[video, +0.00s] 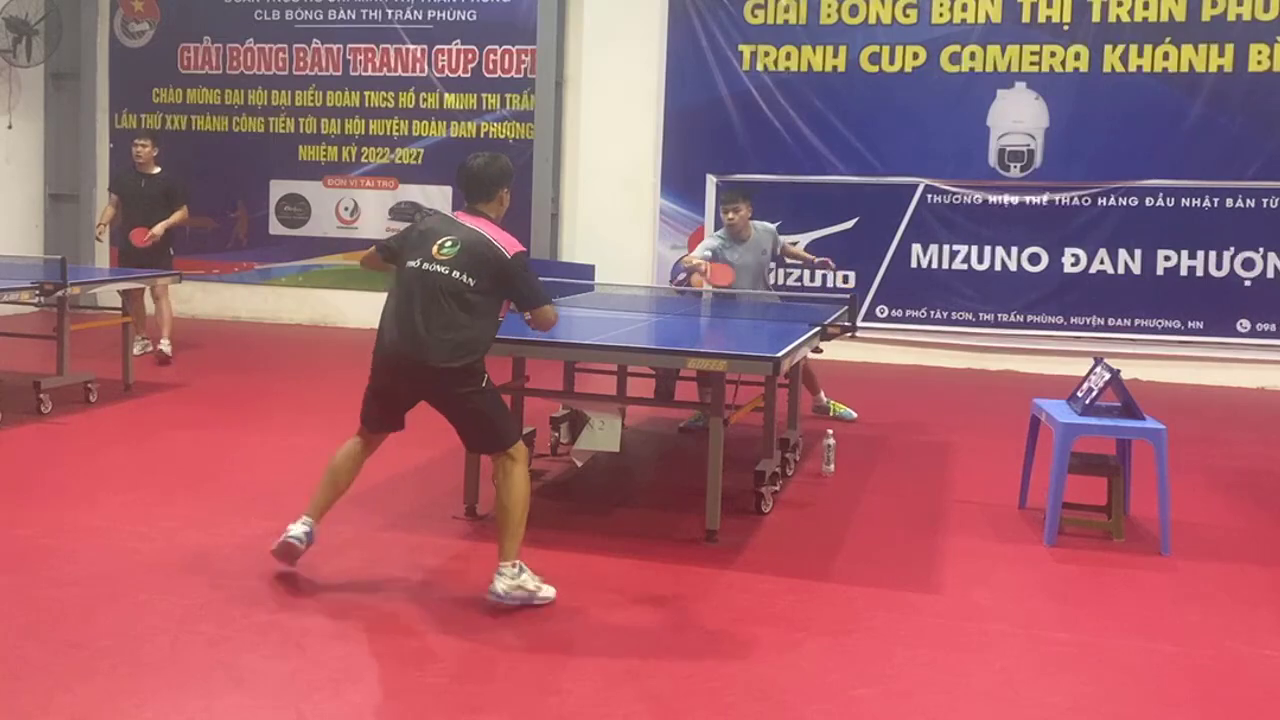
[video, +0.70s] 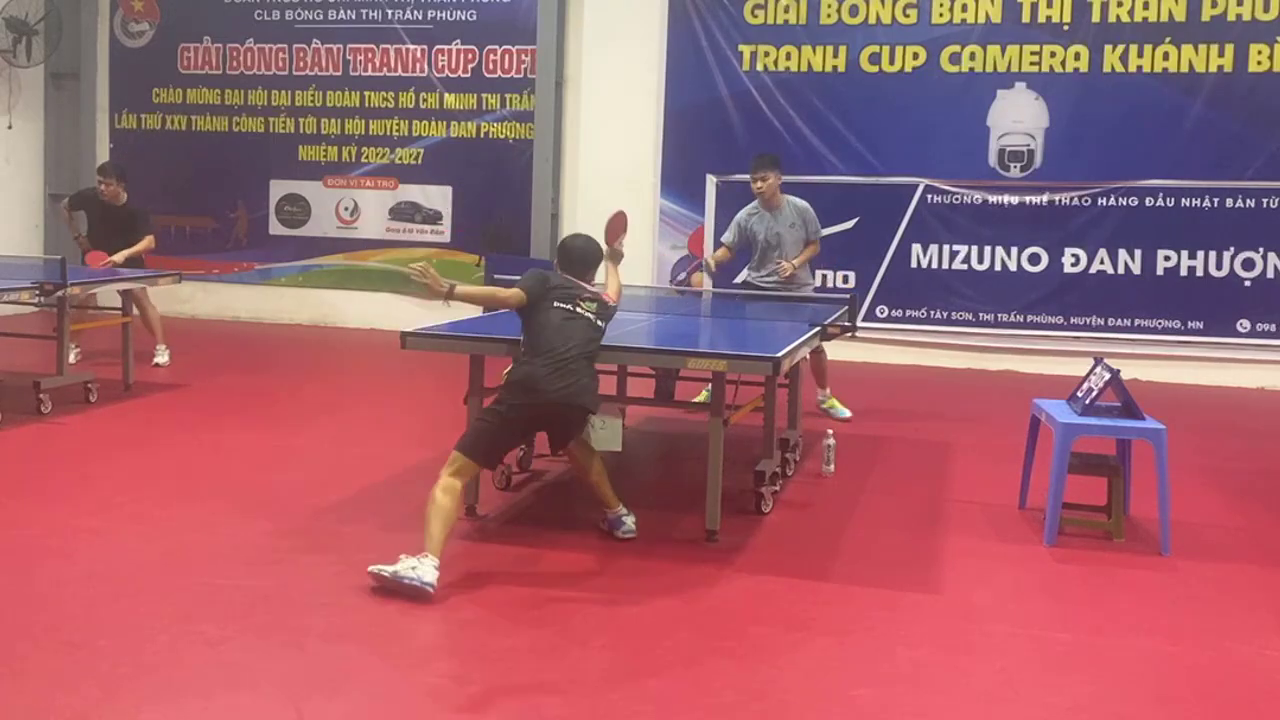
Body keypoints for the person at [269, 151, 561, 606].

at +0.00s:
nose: (509, 199)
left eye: (507, 192)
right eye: (509, 193)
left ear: (463, 193)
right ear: (502, 197)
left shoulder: (426, 225)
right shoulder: (506, 249)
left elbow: (370, 259)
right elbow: (545, 319)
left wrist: (415, 265)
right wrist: (524, 300)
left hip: (393, 360)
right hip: (453, 368)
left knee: (365, 438)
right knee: (513, 453)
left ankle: (305, 524)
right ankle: (510, 571)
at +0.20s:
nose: (481, 231)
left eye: (480, 224)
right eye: (480, 224)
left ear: (432, 225)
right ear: (470, 228)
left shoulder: (394, 262)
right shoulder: (485, 279)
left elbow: (346, 291)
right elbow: (543, 316)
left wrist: (387, 287)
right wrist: (573, 308)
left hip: (388, 411)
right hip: (457, 415)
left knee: (319, 488)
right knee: (513, 476)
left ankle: (308, 585)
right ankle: (522, 562)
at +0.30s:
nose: (497, 233)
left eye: (495, 225)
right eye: (495, 226)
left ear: (446, 226)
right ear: (483, 229)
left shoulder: (400, 257)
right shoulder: (501, 277)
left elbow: (338, 254)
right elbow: (558, 295)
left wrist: (360, 244)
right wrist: (598, 263)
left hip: (400, 410)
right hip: (470, 409)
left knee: (330, 488)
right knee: (517, 447)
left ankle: (309, 587)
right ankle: (545, 519)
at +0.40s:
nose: (532, 218)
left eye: (529, 211)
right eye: (530, 212)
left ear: (482, 211)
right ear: (518, 214)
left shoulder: (440, 242)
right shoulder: (530, 259)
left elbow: (361, 248)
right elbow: (593, 280)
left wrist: (318, 236)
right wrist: (652, 289)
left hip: (432, 386)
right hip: (498, 388)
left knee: (375, 476)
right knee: (544, 430)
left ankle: (319, 578)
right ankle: (591, 514)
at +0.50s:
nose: (567, 223)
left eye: (566, 215)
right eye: (565, 216)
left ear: (521, 213)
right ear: (554, 219)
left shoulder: (482, 245)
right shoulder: (568, 264)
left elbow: (429, 279)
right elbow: (618, 290)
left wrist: (366, 296)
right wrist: (659, 303)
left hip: (468, 380)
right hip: (526, 387)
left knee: (414, 467)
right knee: (564, 440)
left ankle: (358, 566)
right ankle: (614, 506)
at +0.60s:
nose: (593, 259)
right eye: (592, 252)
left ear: (550, 245)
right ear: (587, 258)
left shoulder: (528, 269)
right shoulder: (592, 293)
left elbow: (486, 294)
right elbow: (606, 276)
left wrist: (421, 291)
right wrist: (622, 249)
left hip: (504, 395)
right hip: (559, 403)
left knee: (440, 474)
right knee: (574, 441)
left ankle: (401, 567)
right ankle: (619, 511)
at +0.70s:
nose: (551, 266)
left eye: (554, 260)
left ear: (558, 263)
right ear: (594, 271)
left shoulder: (544, 281)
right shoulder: (601, 304)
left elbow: (510, 298)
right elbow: (614, 291)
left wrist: (449, 290)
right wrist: (614, 262)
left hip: (526, 392)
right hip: (576, 399)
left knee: (455, 474)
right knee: (577, 443)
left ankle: (427, 562)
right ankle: (619, 514)